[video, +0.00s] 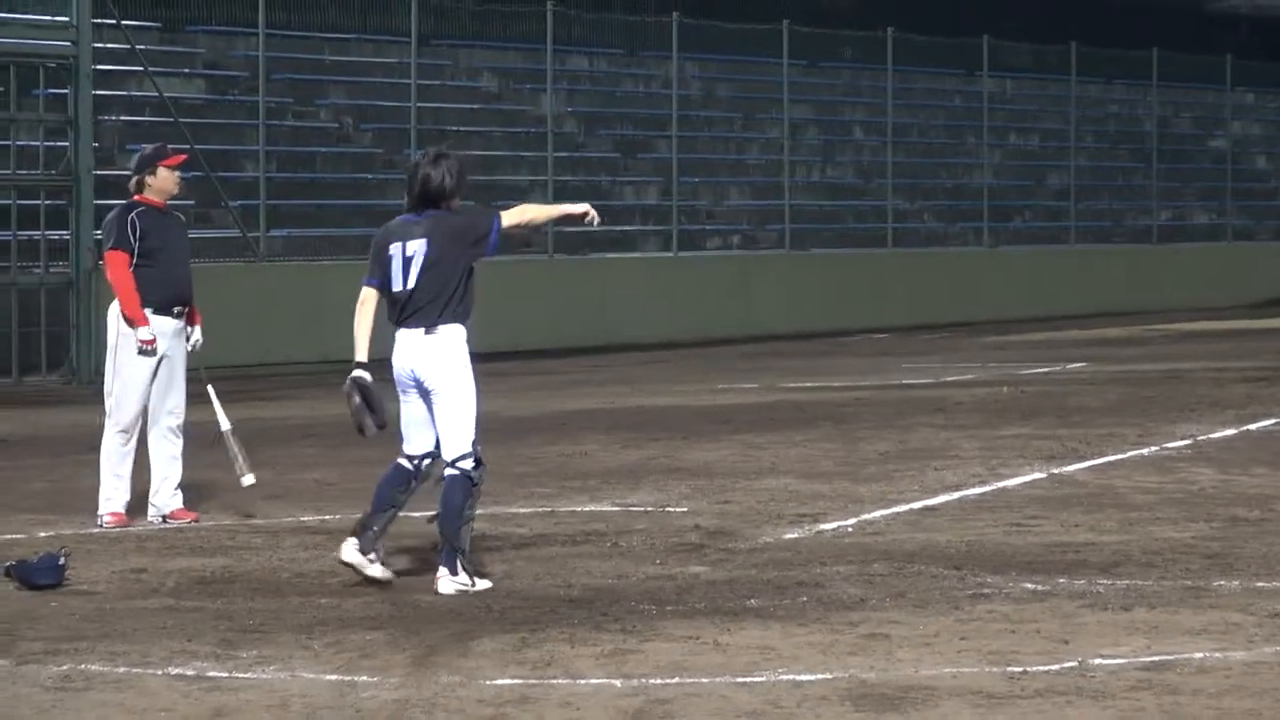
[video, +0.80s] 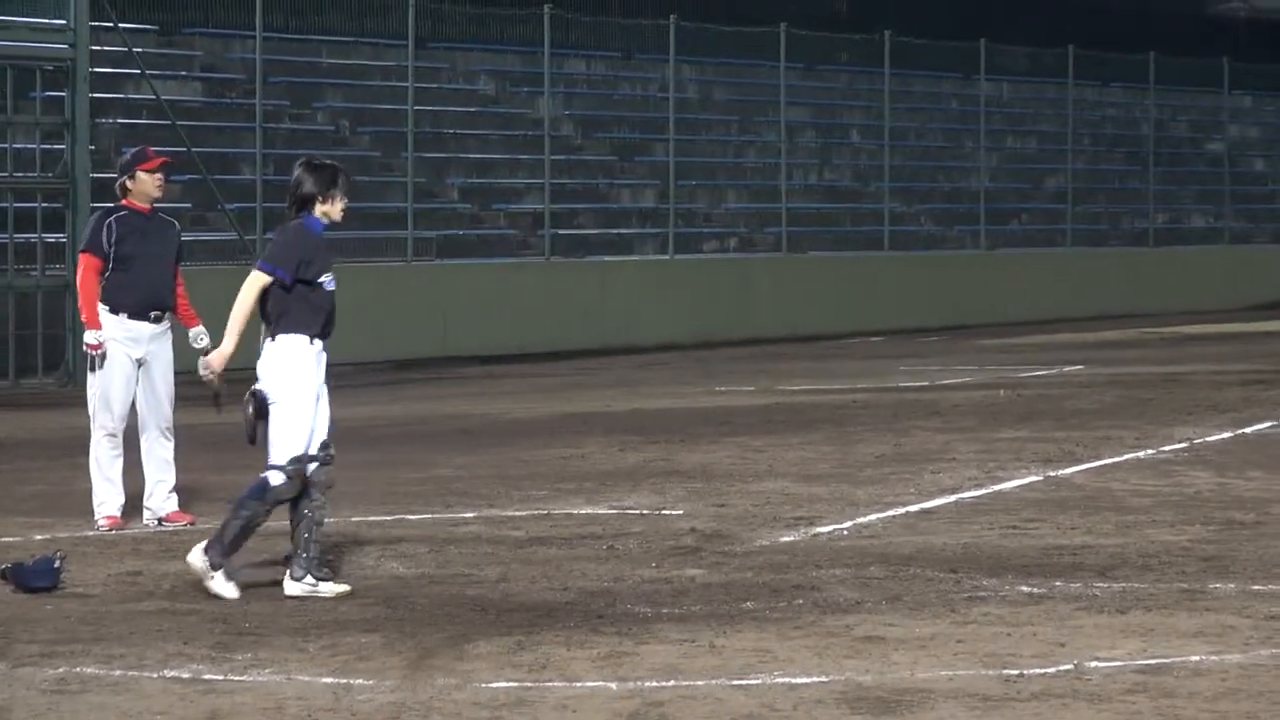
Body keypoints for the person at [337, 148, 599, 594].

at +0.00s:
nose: (462, 192)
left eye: (459, 185)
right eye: (459, 186)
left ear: (414, 188)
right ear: (451, 191)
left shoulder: (390, 233)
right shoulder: (460, 225)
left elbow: (367, 301)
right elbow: (518, 216)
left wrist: (359, 364)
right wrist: (568, 209)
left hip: (403, 350)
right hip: (445, 349)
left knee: (417, 454)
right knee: (462, 461)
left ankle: (363, 544)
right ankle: (452, 568)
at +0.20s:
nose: (422, 206)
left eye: (420, 198)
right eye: (417, 200)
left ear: (377, 207)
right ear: (401, 205)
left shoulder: (355, 250)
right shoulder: (416, 234)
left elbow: (333, 318)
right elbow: (476, 222)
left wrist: (326, 383)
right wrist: (537, 202)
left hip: (365, 361)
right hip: (404, 359)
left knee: (372, 473)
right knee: (439, 467)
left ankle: (316, 561)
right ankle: (447, 574)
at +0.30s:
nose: (408, 203)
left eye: (405, 195)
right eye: (402, 197)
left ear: (364, 205)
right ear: (383, 203)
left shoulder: (342, 249)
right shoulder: (394, 234)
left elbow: (319, 318)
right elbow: (446, 231)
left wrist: (318, 383)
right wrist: (512, 215)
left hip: (340, 358)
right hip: (378, 355)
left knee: (354, 469)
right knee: (421, 462)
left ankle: (308, 565)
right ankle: (445, 569)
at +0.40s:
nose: (393, 205)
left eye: (391, 197)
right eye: (388, 198)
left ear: (350, 203)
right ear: (370, 201)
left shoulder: (326, 247)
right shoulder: (366, 231)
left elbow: (302, 319)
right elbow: (393, 247)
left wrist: (303, 383)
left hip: (321, 355)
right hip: (354, 352)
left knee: (345, 464)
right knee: (398, 458)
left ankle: (305, 566)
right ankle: (411, 567)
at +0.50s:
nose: (381, 203)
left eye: (380, 194)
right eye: (377, 195)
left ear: (339, 198)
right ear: (360, 196)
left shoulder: (320, 239)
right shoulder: (355, 225)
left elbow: (294, 314)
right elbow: (345, 254)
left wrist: (293, 376)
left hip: (313, 350)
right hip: (341, 346)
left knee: (336, 459)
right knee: (382, 456)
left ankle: (308, 564)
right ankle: (362, 561)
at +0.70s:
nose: (360, 200)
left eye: (359, 192)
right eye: (355, 193)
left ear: (325, 196)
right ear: (336, 196)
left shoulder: (321, 233)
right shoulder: (321, 228)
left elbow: (281, 306)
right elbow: (277, 280)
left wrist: (273, 371)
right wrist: (245, 340)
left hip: (306, 349)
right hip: (313, 349)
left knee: (327, 459)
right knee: (328, 460)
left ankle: (308, 566)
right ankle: (250, 547)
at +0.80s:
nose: (346, 202)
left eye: (345, 194)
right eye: (341, 195)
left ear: (316, 198)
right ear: (322, 198)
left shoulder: (315, 240)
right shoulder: (298, 234)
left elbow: (286, 320)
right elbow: (252, 286)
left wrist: (265, 384)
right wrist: (225, 348)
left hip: (308, 358)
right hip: (290, 357)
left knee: (315, 466)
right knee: (288, 470)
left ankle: (302, 572)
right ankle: (212, 556)